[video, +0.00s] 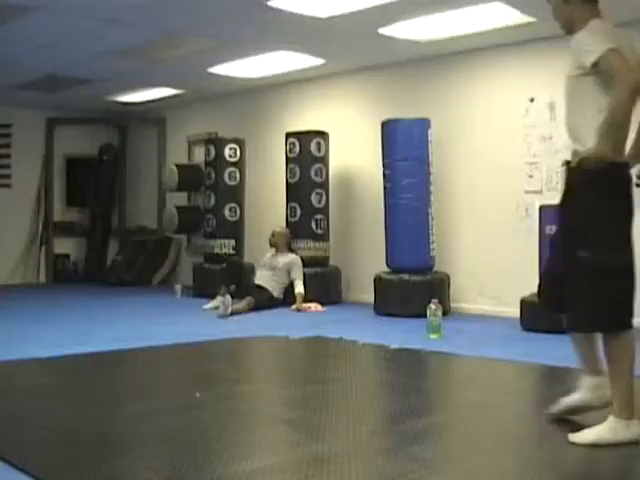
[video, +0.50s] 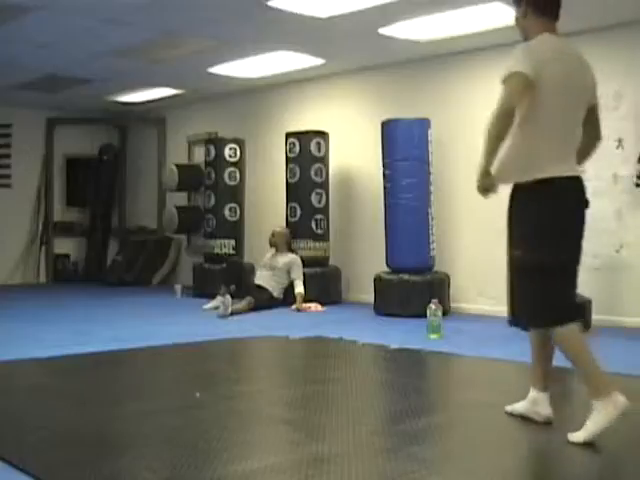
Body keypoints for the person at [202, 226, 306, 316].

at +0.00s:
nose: (271, 237)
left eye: (274, 235)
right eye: (272, 235)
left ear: (284, 239)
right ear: (276, 239)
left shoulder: (294, 259)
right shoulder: (270, 254)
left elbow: (298, 282)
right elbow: (261, 272)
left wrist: (299, 302)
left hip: (270, 294)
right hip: (254, 288)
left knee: (250, 301)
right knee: (234, 265)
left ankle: (230, 310)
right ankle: (221, 298)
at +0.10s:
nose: (271, 238)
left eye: (275, 235)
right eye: (272, 235)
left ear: (284, 239)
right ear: (274, 239)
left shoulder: (294, 259)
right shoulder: (270, 254)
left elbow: (298, 282)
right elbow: (260, 272)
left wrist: (299, 302)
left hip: (270, 294)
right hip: (253, 287)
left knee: (250, 301)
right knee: (234, 264)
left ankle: (230, 310)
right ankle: (221, 298)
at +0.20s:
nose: (271, 238)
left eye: (275, 235)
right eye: (272, 235)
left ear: (284, 239)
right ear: (274, 239)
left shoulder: (294, 259)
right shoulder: (270, 254)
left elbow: (298, 282)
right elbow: (260, 272)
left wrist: (299, 302)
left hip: (270, 294)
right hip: (253, 287)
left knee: (250, 301)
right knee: (234, 264)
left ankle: (230, 310)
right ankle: (221, 298)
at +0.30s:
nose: (271, 238)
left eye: (275, 235)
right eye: (272, 235)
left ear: (284, 239)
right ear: (274, 239)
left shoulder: (294, 259)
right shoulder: (270, 254)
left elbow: (298, 282)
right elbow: (260, 272)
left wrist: (299, 302)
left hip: (270, 294)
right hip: (253, 287)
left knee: (250, 301)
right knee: (234, 265)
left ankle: (230, 310)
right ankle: (221, 298)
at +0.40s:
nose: (271, 238)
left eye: (274, 235)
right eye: (272, 235)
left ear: (284, 239)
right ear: (274, 239)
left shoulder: (293, 259)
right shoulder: (270, 254)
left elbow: (298, 282)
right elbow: (261, 272)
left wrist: (299, 302)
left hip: (270, 294)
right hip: (254, 287)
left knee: (250, 301)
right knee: (234, 264)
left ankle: (230, 310)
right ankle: (221, 298)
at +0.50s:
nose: (271, 238)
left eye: (274, 235)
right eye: (272, 235)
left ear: (283, 239)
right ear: (274, 239)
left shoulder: (293, 259)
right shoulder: (270, 254)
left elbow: (298, 282)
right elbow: (261, 272)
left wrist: (299, 302)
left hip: (270, 294)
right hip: (254, 287)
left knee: (250, 301)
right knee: (234, 264)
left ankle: (230, 310)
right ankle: (221, 298)